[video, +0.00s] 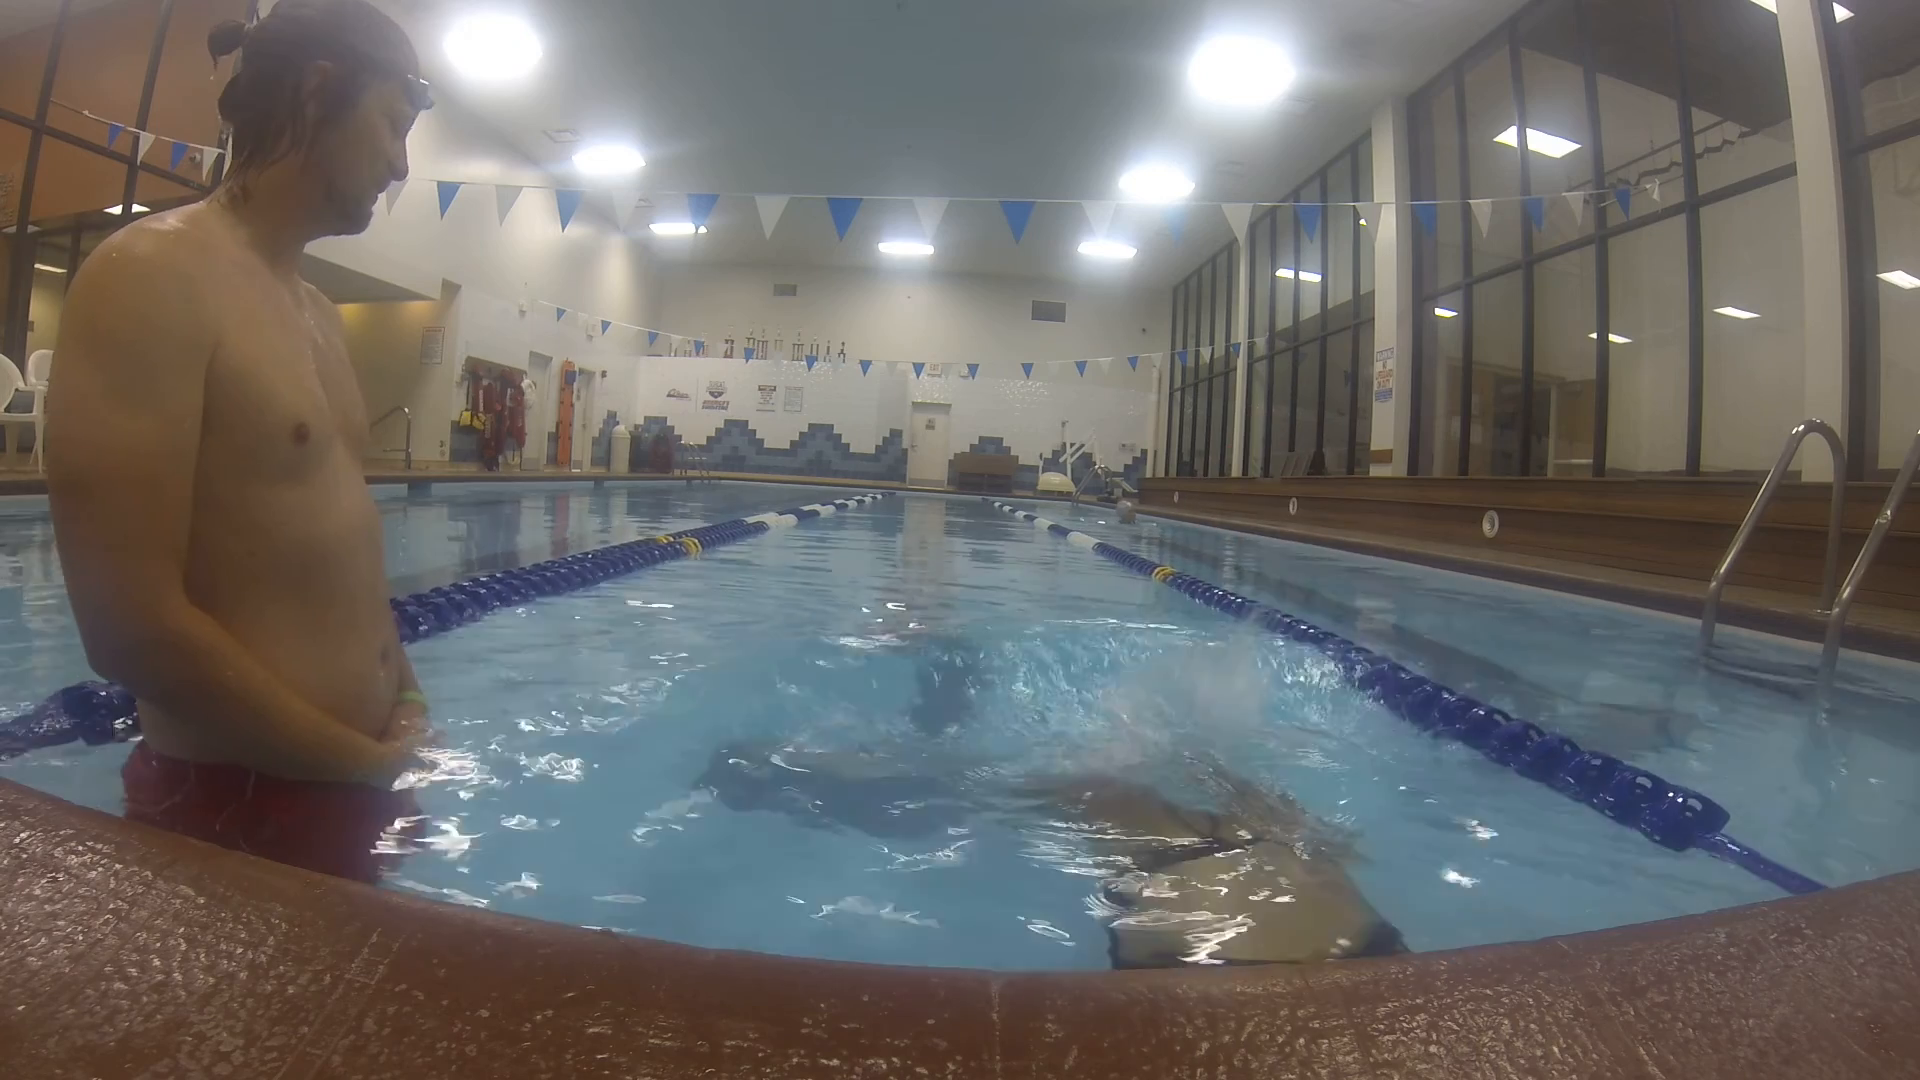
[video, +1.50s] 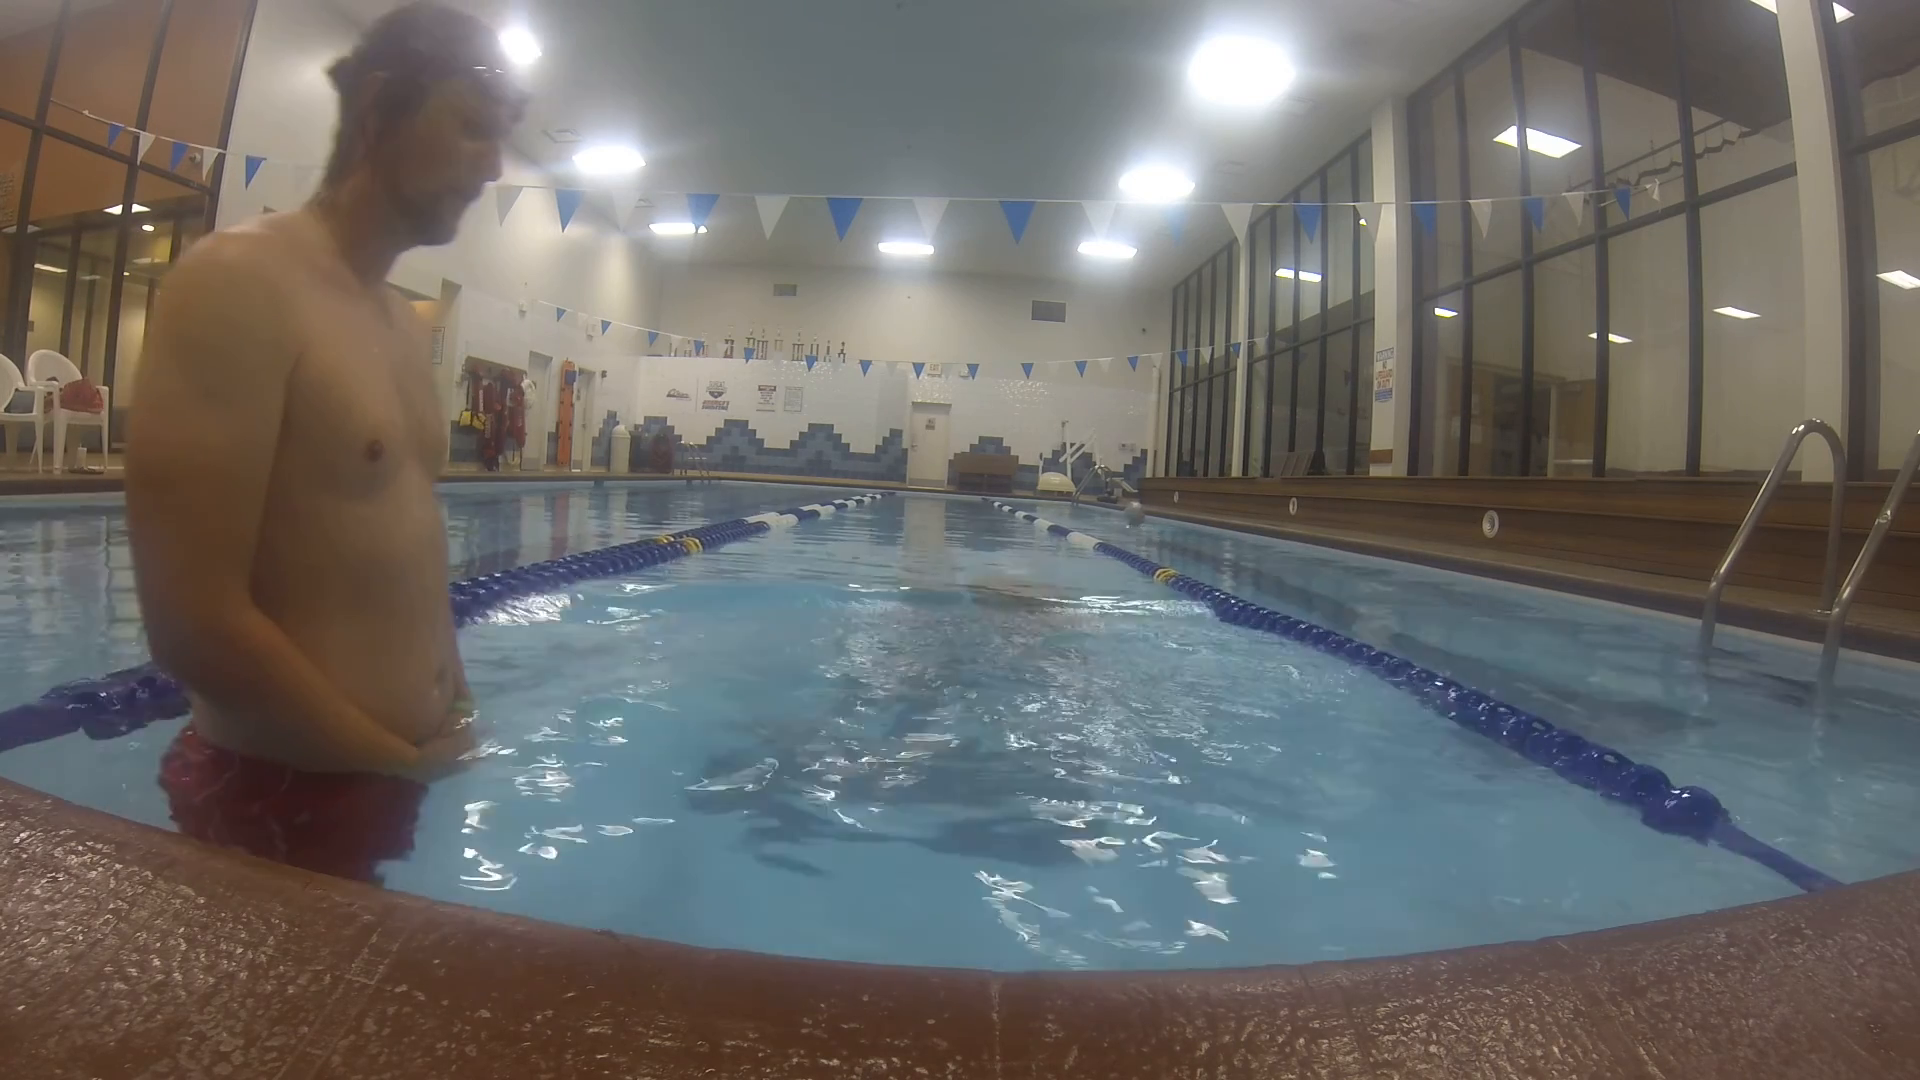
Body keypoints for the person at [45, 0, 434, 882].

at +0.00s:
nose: (405, 163)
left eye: (409, 132)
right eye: (398, 123)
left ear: (328, 103)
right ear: (318, 92)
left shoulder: (314, 305)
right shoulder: (149, 274)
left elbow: (337, 548)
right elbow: (127, 625)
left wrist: (405, 703)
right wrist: (373, 763)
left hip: (340, 788)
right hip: (230, 804)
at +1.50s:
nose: (494, 167)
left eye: (500, 142)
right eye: (474, 130)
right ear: (377, 115)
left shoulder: (403, 320)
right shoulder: (235, 282)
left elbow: (400, 554)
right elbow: (192, 622)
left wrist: (450, 707)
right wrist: (400, 764)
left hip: (373, 784)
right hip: (274, 799)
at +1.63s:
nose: (518, 172)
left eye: (527, 150)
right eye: (497, 134)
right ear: (400, 113)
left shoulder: (430, 325)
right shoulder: (258, 287)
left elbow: (408, 565)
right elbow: (208, 623)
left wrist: (460, 717)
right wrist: (410, 766)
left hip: (391, 794)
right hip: (284, 802)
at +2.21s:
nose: (647, 185)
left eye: (652, 158)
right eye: (631, 145)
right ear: (542, 126)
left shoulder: (508, 335)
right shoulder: (378, 292)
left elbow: (484, 600)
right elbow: (323, 643)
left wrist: (557, 758)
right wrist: (538, 810)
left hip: (455, 837)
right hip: (380, 846)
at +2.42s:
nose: (775, 186)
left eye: (777, 151)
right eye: (757, 142)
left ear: (661, 127)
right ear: (660, 119)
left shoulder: (578, 313)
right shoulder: (486, 284)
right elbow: (421, 670)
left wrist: (621, 786)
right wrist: (593, 821)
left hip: (501, 869)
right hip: (428, 878)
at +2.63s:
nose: (898, 161)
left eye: (903, 119)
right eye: (893, 110)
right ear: (807, 71)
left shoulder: (664, 251)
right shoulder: (619, 237)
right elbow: (546, 699)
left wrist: (716, 836)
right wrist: (715, 857)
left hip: (577, 909)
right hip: (512, 916)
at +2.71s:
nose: (924, 154)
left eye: (935, 114)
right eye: (928, 106)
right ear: (872, 57)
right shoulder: (675, 209)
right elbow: (597, 712)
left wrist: (769, 847)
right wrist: (770, 870)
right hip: (571, 930)